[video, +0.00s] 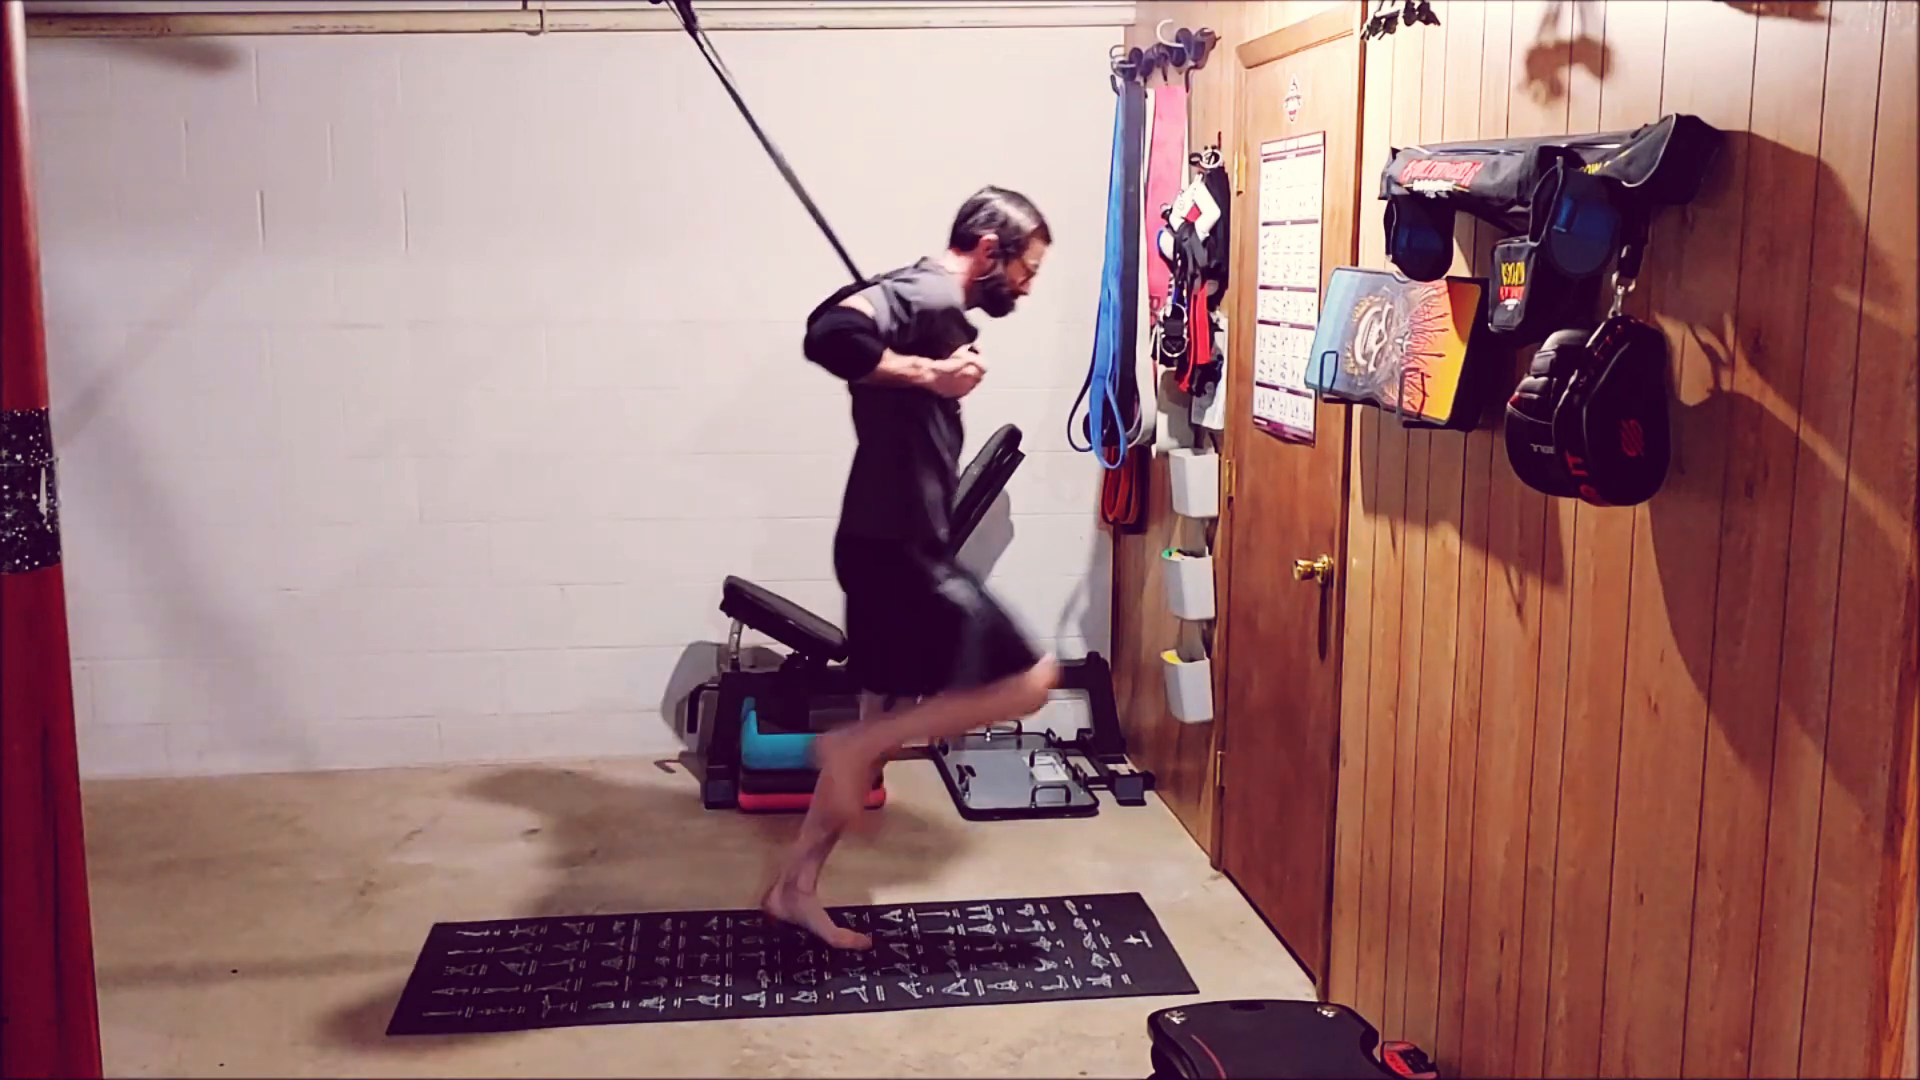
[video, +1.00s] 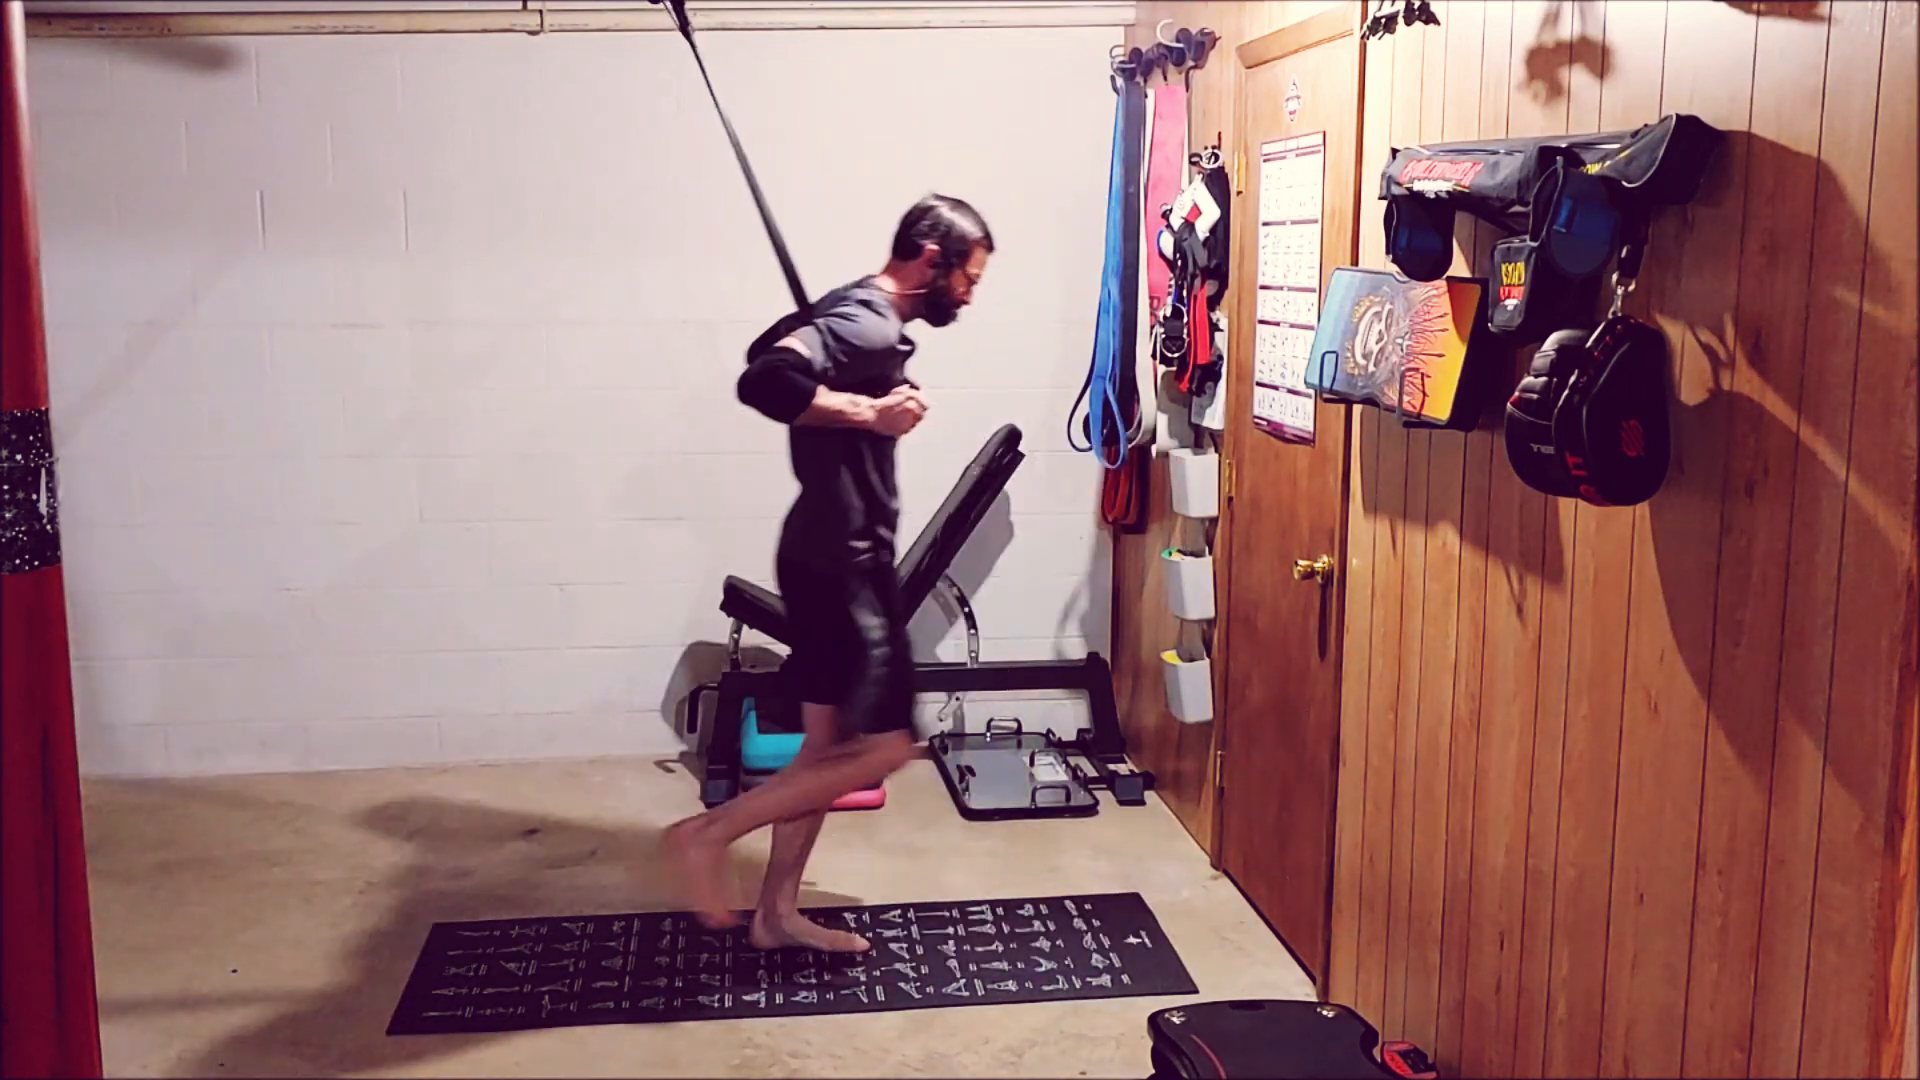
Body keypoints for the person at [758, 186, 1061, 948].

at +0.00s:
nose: (1028, 289)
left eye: (1033, 275)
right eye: (1028, 270)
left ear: (984, 251)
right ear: (988, 249)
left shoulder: (938, 302)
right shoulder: (930, 288)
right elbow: (830, 334)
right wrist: (929, 373)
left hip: (899, 543)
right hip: (895, 547)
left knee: (874, 727)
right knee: (1028, 680)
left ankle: (795, 888)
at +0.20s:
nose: (1073, 270)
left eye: (1081, 257)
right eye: (1077, 251)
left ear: (1032, 223)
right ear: (1045, 228)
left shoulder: (977, 273)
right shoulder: (981, 260)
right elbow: (882, 294)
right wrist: (978, 337)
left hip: (932, 512)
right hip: (964, 509)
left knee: (902, 699)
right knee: (1144, 500)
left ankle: (823, 863)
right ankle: (1001, 612)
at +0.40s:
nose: (1086, 271)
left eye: (1093, 259)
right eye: (1090, 253)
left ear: (1049, 223)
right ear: (1060, 228)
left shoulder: (991, 259)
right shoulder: (1005, 249)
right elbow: (893, 278)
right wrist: (994, 322)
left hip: (949, 502)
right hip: (993, 492)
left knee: (923, 688)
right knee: (1157, 436)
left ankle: (831, 863)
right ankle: (1057, 594)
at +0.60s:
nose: (1063, 281)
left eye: (1070, 268)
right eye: (1067, 263)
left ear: (1019, 230)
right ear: (1037, 237)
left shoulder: (951, 266)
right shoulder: (978, 268)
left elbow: (858, 298)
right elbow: (873, 303)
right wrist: (971, 345)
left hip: (924, 519)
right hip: (976, 510)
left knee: (905, 705)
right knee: (1146, 480)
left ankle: (814, 872)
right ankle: (1021, 631)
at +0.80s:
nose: (1028, 292)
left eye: (1034, 278)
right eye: (1030, 274)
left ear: (981, 253)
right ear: (993, 255)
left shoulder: (920, 299)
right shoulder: (929, 303)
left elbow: (823, 330)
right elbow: (825, 345)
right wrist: (928, 381)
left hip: (886, 539)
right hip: (918, 537)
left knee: (863, 735)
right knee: (1072, 625)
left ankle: (784, 901)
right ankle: (901, 730)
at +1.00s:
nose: (970, 294)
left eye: (976, 279)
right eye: (968, 277)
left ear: (921, 256)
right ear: (929, 257)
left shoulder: (868, 308)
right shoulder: (865, 317)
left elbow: (770, 354)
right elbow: (765, 379)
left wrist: (875, 394)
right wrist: (869, 411)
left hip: (836, 547)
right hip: (837, 552)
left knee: (827, 742)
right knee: (887, 744)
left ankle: (777, 912)